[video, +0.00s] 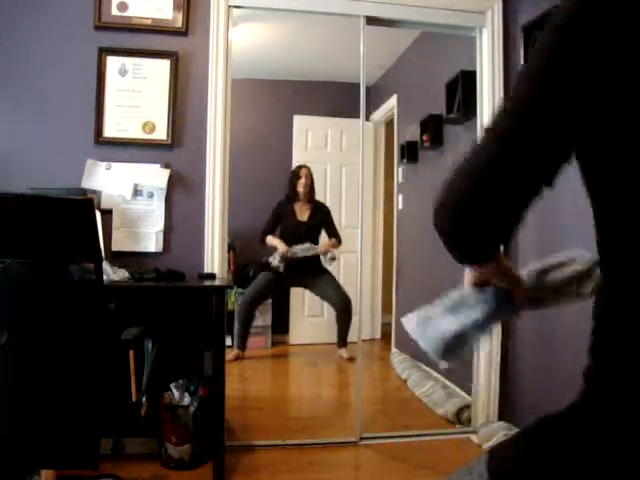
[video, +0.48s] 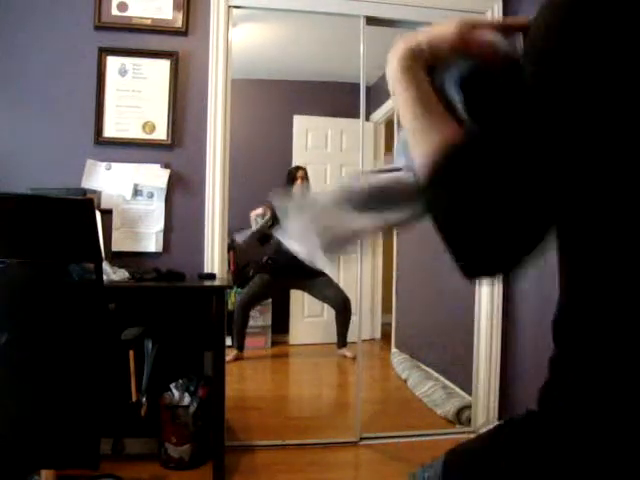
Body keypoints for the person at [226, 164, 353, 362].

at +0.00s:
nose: (304, 181)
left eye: (308, 178)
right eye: (300, 178)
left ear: (312, 182)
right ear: (293, 182)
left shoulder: (321, 210)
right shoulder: (283, 207)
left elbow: (336, 239)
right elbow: (265, 236)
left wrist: (327, 246)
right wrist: (279, 244)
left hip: (310, 269)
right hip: (282, 269)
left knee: (343, 302)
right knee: (246, 301)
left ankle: (342, 346)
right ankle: (238, 349)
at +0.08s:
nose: (305, 183)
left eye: (309, 180)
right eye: (301, 179)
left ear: (313, 184)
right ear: (294, 184)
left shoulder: (321, 212)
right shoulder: (284, 210)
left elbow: (335, 240)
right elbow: (266, 237)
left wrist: (329, 247)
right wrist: (279, 245)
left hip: (310, 270)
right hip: (281, 270)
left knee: (344, 303)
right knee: (246, 300)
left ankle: (342, 347)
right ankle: (238, 349)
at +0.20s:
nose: (305, 184)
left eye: (309, 181)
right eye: (301, 180)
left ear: (313, 185)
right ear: (294, 185)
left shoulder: (320, 213)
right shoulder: (284, 210)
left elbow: (334, 242)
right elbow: (265, 238)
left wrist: (329, 247)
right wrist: (278, 242)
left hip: (309, 272)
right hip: (280, 272)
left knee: (344, 303)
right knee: (245, 300)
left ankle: (342, 347)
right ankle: (238, 350)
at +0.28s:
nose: (304, 184)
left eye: (307, 181)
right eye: (300, 181)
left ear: (311, 185)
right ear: (293, 184)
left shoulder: (318, 213)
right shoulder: (282, 210)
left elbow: (330, 244)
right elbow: (263, 240)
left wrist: (338, 231)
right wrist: (263, 227)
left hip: (307, 271)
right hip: (279, 271)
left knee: (342, 302)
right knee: (245, 301)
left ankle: (342, 347)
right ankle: (239, 350)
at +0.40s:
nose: (302, 183)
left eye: (305, 180)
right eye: (298, 180)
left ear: (310, 184)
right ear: (291, 183)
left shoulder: (316, 211)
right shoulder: (278, 209)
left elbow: (331, 242)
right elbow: (261, 238)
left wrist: (338, 224)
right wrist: (258, 215)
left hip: (307, 272)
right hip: (277, 272)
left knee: (341, 302)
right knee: (244, 302)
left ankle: (341, 347)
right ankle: (239, 350)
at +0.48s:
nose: (301, 183)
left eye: (304, 179)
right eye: (297, 179)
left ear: (309, 183)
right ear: (289, 183)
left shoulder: (316, 209)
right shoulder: (277, 208)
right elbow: (258, 237)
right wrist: (261, 218)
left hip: (308, 271)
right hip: (276, 271)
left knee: (342, 302)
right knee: (242, 303)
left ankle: (342, 346)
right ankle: (238, 350)